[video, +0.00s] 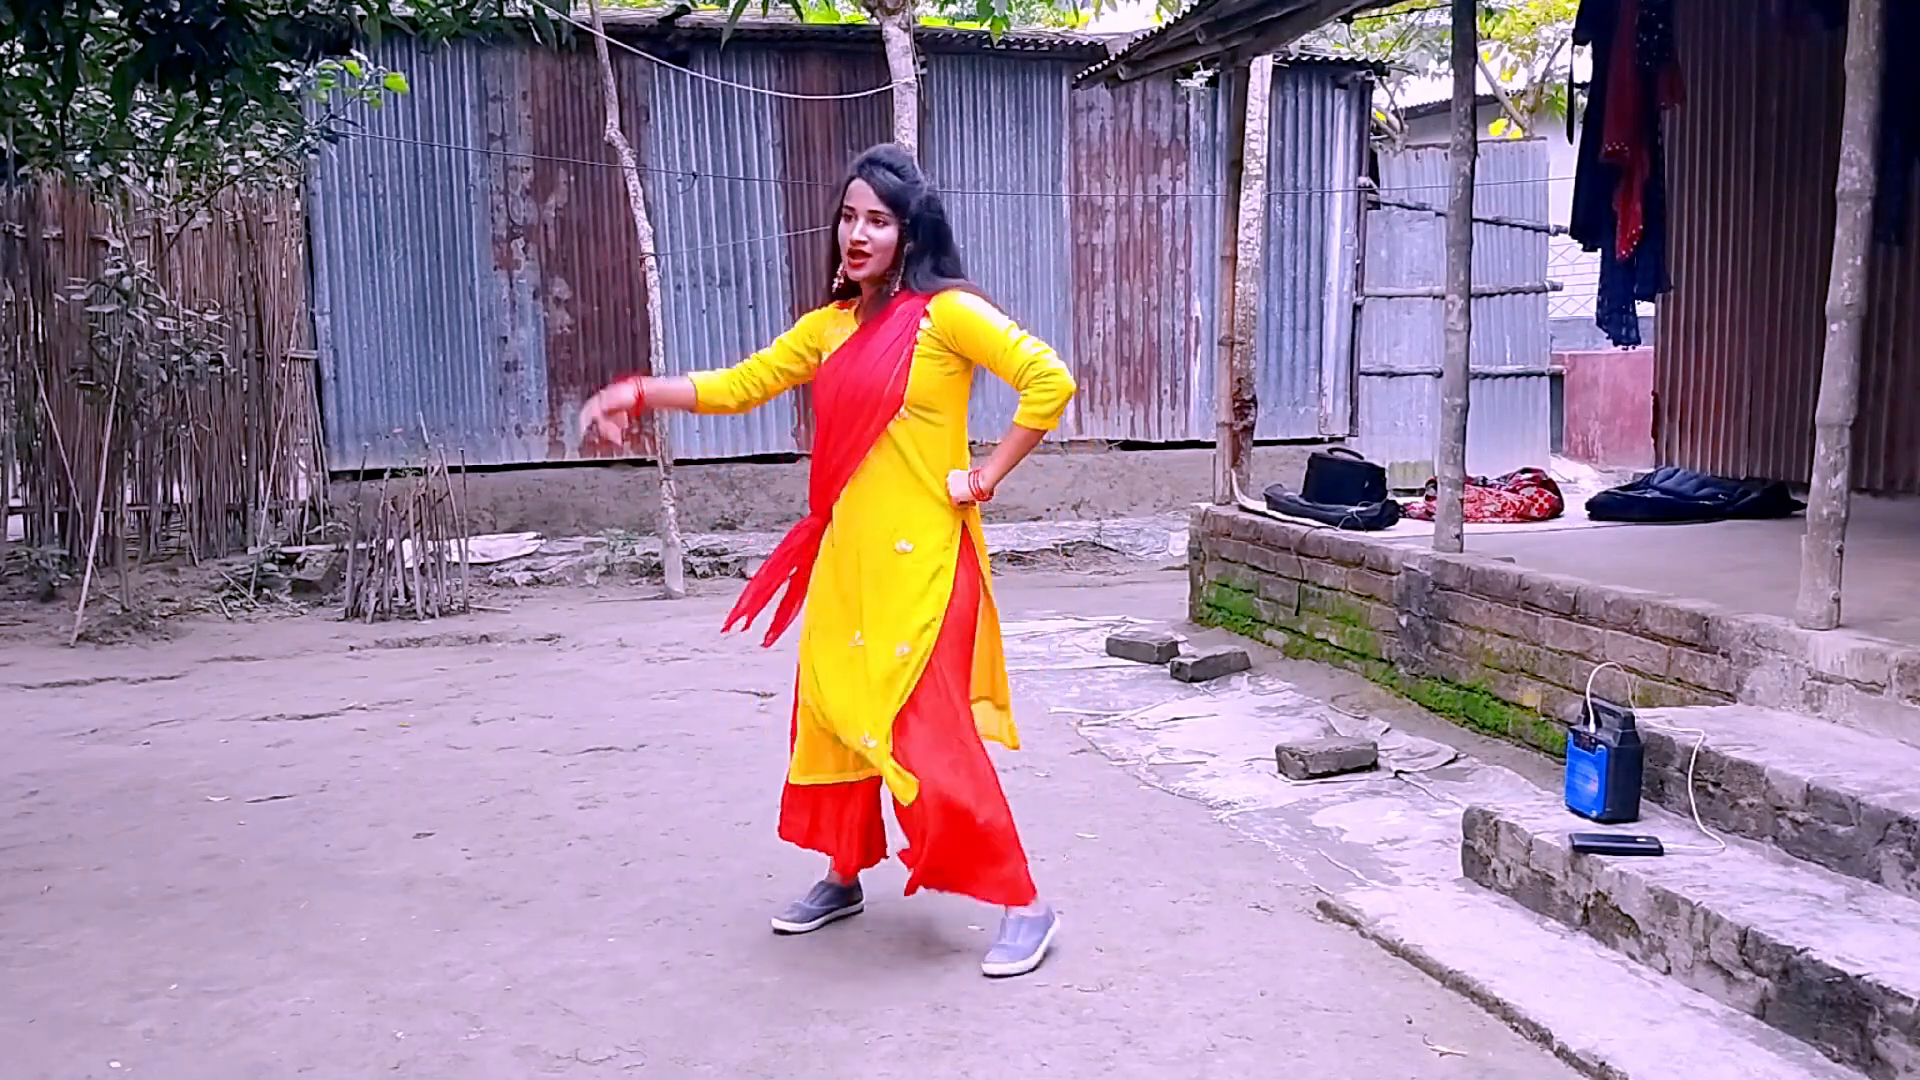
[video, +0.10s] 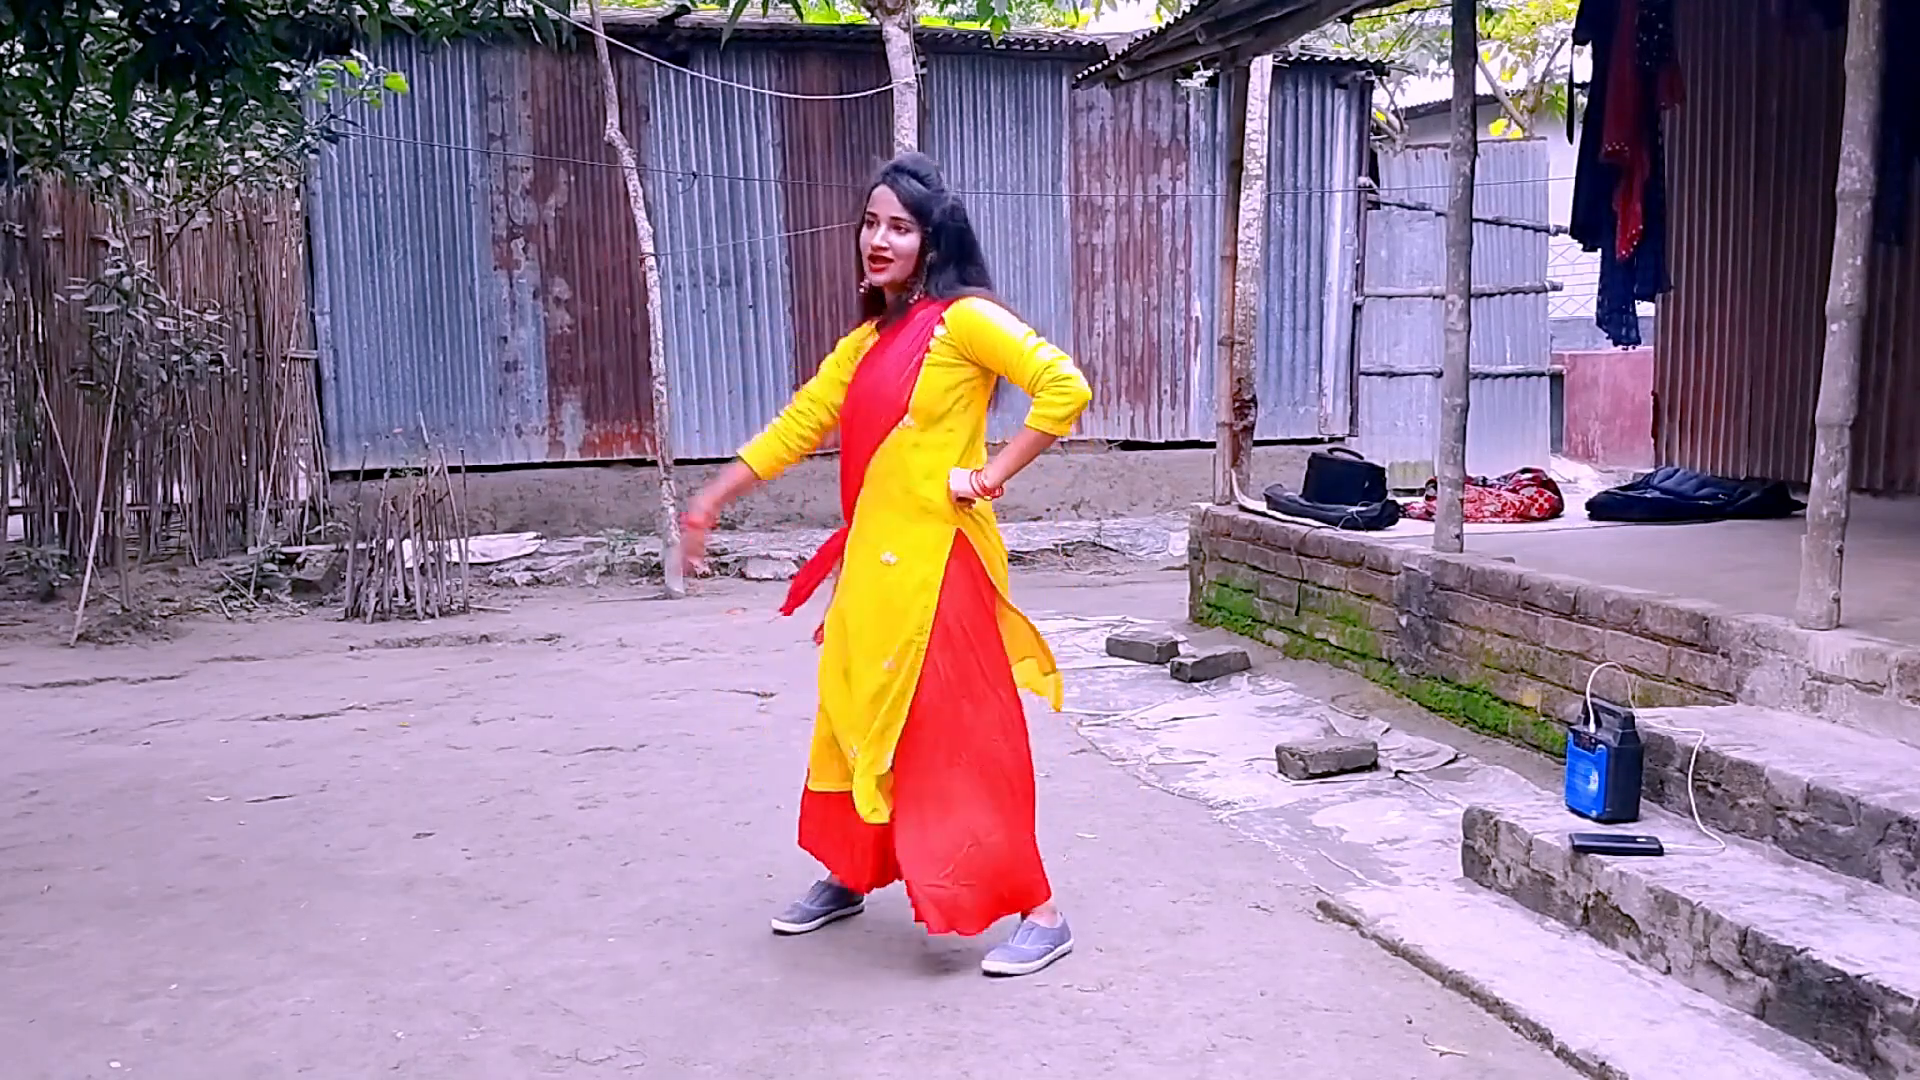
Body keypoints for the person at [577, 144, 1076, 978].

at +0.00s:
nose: (856, 233)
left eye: (875, 219)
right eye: (848, 216)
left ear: (911, 231)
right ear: (836, 226)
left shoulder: (947, 312)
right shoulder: (829, 325)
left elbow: (1051, 382)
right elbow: (737, 386)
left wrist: (987, 473)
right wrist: (637, 390)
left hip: (924, 544)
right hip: (845, 545)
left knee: (923, 720)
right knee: (831, 705)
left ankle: (1024, 905)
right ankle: (840, 877)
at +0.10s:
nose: (876, 240)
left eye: (895, 226)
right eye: (869, 225)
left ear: (934, 237)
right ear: (860, 234)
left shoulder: (963, 318)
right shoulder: (862, 342)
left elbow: (1064, 387)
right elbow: (797, 427)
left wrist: (994, 474)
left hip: (943, 552)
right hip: (872, 554)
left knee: (972, 725)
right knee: (851, 706)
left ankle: (1039, 911)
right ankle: (845, 877)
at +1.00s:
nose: (905, 232)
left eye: (924, 218)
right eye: (896, 219)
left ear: (963, 235)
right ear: (888, 235)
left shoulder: (999, 333)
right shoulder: (850, 332)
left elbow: (1079, 427)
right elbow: (830, 437)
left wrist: (998, 496)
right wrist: (833, 520)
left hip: (963, 555)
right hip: (868, 555)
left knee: (996, 729)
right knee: (864, 715)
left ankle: (1038, 912)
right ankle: (860, 873)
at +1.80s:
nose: (928, 245)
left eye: (945, 232)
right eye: (920, 235)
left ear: (985, 248)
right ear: (911, 253)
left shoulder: (1017, 350)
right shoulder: (867, 343)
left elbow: (999, 448)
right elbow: (844, 463)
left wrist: (900, 408)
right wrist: (834, 572)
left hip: (987, 561)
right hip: (889, 562)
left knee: (1010, 727)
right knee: (888, 718)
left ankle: (1066, 907)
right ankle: (893, 868)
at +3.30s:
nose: (920, 173)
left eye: (940, 157)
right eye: (911, 160)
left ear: (981, 175)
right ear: (901, 179)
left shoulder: (1008, 259)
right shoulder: (886, 264)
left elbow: (1062, 262)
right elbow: (804, 282)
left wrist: (975, 201)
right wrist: (869, 221)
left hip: (978, 482)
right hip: (888, 481)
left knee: (997, 671)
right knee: (867, 659)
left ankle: (1047, 867)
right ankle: (886, 839)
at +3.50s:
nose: (917, 251)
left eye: (933, 233)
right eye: (904, 238)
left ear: (966, 244)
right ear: (892, 253)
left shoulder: (988, 334)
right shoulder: (879, 332)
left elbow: (1028, 315)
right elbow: (847, 299)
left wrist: (1004, 249)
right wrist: (871, 240)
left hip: (977, 531)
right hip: (889, 534)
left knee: (985, 711)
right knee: (842, 698)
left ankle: (1049, 897)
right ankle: (857, 868)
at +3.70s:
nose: (912, 332)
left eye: (927, 317)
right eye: (899, 318)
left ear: (956, 325)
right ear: (886, 324)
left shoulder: (978, 406)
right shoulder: (852, 384)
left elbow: (1001, 429)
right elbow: (844, 392)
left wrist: (969, 414)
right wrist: (877, 406)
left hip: (973, 588)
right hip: (882, 596)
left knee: (1000, 745)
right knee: (847, 746)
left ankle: (1030, 913)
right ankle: (845, 903)